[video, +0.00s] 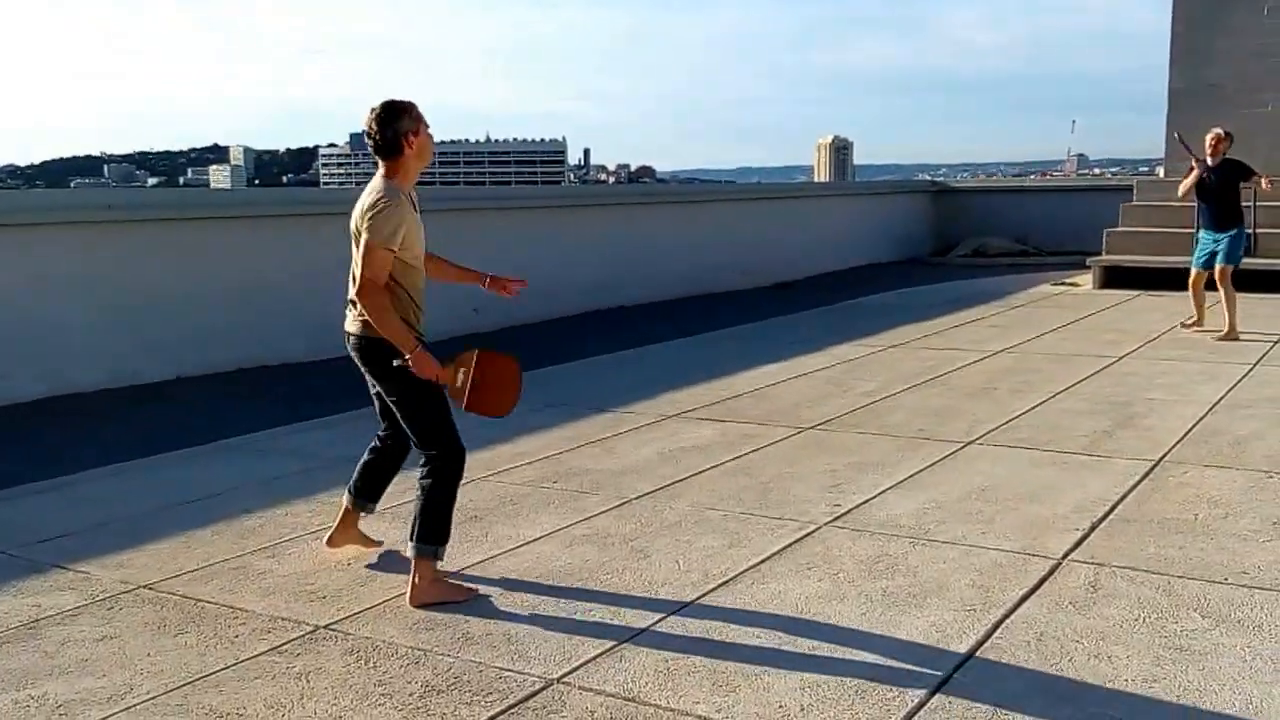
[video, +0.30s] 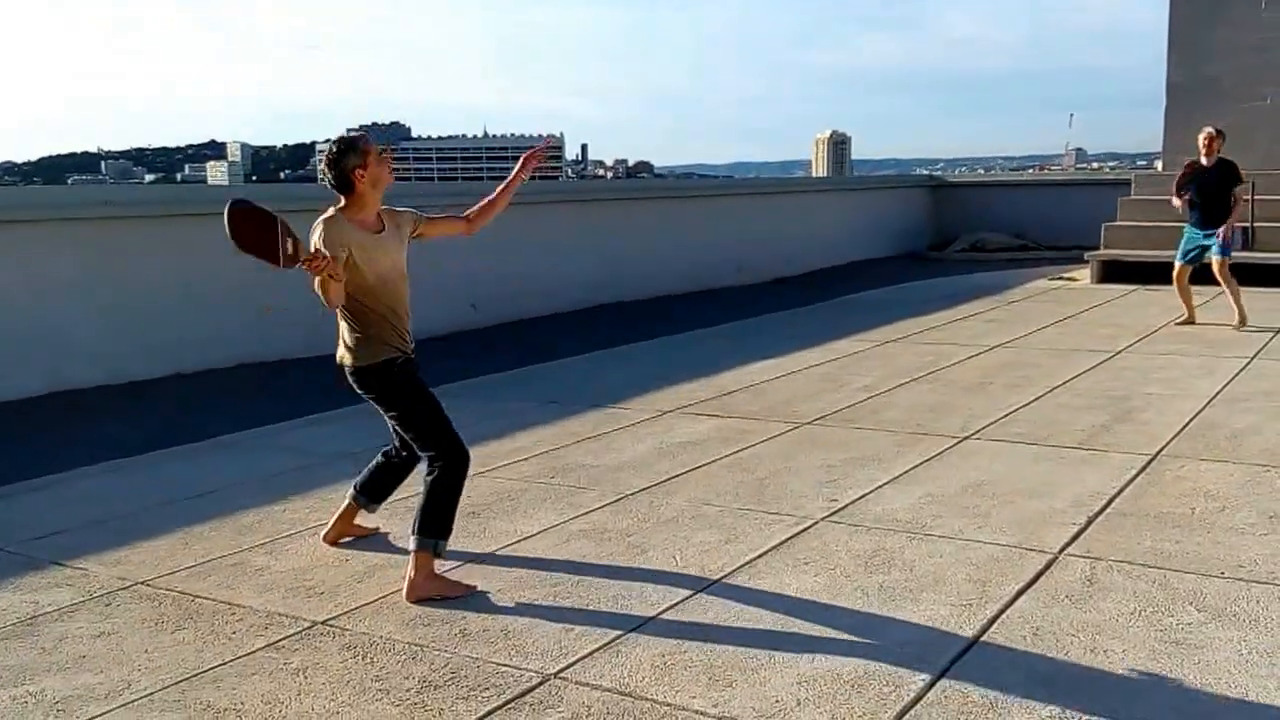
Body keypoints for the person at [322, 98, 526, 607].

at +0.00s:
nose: (432, 136)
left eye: (427, 128)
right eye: (427, 129)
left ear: (397, 144)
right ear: (411, 141)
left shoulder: (395, 196)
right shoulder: (386, 206)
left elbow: (418, 262)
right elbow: (368, 291)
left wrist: (484, 280)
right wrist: (413, 348)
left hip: (378, 340)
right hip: (384, 344)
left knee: (396, 437)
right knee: (445, 452)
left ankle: (345, 527)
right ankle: (425, 577)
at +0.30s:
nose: (390, 162)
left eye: (385, 156)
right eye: (381, 158)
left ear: (366, 174)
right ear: (360, 175)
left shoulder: (396, 219)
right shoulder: (329, 230)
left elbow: (467, 223)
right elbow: (334, 301)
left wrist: (515, 179)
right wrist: (329, 276)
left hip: (399, 354)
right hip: (372, 362)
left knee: (409, 445)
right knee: (450, 456)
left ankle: (343, 522)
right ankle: (422, 576)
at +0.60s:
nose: (355, 166)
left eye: (350, 160)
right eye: (350, 161)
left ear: (318, 179)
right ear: (339, 169)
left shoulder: (312, 224)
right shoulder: (354, 195)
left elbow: (358, 302)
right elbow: (430, 226)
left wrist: (418, 287)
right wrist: (475, 206)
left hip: (334, 340)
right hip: (364, 336)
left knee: (377, 432)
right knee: (406, 441)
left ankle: (338, 518)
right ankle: (400, 562)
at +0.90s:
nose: (368, 161)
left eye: (364, 153)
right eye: (364, 153)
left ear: (324, 165)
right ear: (353, 157)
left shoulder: (311, 212)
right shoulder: (372, 190)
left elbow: (287, 291)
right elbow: (420, 248)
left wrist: (287, 356)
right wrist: (420, 261)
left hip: (329, 332)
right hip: (365, 327)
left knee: (368, 426)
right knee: (403, 433)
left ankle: (339, 516)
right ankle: (379, 552)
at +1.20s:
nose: (388, 127)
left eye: (385, 118)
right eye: (384, 119)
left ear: (345, 126)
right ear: (370, 124)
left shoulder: (326, 176)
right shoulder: (374, 178)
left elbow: (314, 260)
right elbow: (407, 256)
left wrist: (325, 314)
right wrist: (435, 280)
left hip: (337, 320)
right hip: (369, 320)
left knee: (364, 413)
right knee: (397, 429)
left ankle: (340, 507)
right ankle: (376, 553)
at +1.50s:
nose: (410, 138)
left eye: (408, 129)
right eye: (406, 130)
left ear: (371, 140)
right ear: (391, 138)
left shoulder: (360, 186)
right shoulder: (366, 195)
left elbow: (378, 264)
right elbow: (370, 285)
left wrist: (427, 290)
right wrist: (418, 315)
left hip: (328, 322)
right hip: (344, 329)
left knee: (347, 424)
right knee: (388, 435)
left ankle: (313, 519)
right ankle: (358, 552)